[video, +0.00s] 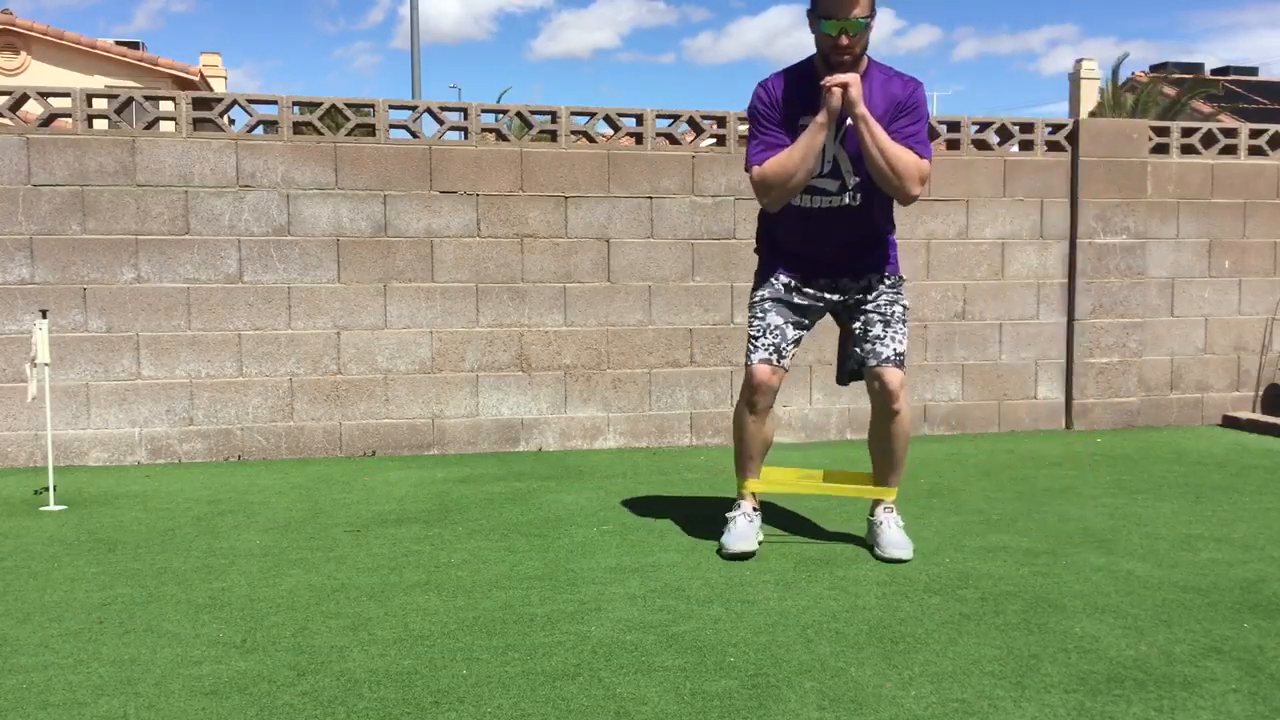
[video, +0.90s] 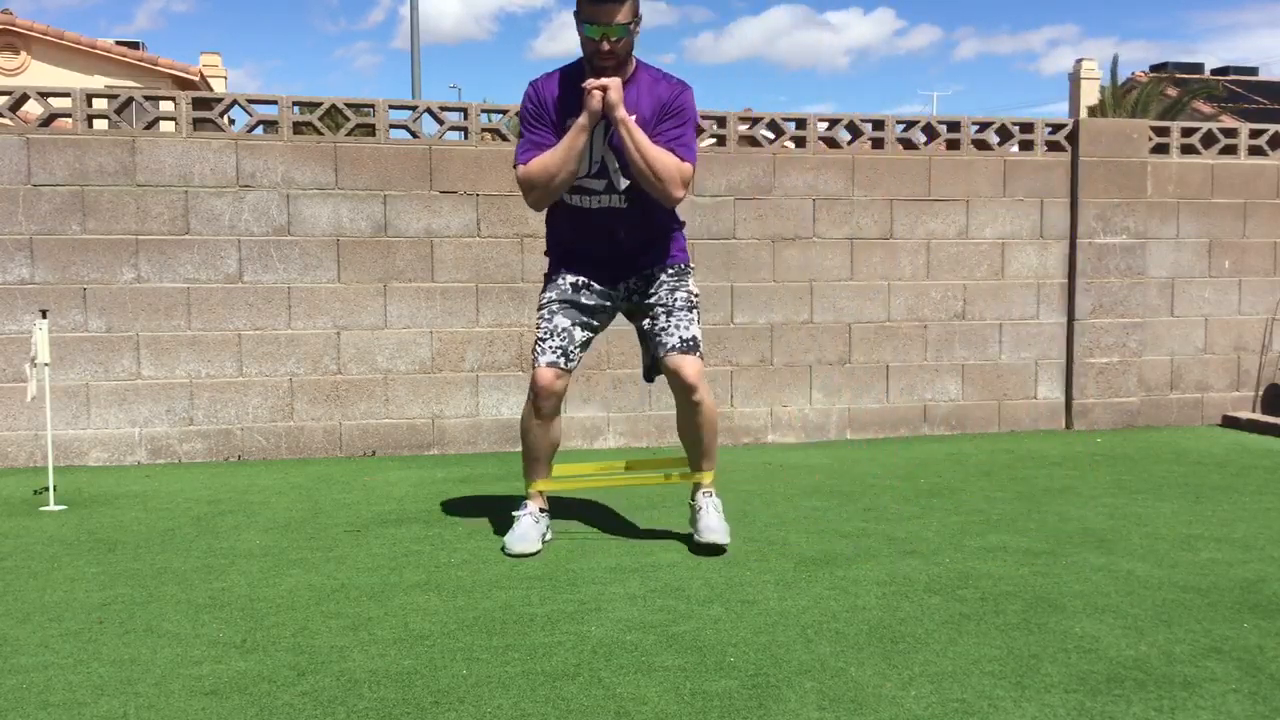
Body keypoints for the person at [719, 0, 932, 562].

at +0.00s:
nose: (843, 37)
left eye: (856, 26)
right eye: (830, 25)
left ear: (872, 23)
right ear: (812, 24)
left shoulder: (903, 92)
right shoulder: (775, 93)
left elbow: (911, 186)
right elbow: (770, 191)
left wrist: (859, 111)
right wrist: (827, 117)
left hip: (870, 267)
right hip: (789, 265)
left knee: (890, 384)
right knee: (760, 379)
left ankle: (885, 509)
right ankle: (745, 506)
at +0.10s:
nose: (839, 37)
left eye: (852, 26)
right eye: (828, 24)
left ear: (869, 24)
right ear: (810, 21)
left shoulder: (897, 91)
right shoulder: (772, 88)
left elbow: (905, 185)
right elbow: (762, 188)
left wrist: (854, 110)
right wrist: (822, 116)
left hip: (859, 266)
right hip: (779, 261)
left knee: (882, 383)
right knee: (737, 372)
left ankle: (884, 510)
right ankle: (712, 500)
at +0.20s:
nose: (829, 35)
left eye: (842, 23)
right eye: (817, 22)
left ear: (860, 21)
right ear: (799, 20)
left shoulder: (886, 88)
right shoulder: (761, 84)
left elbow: (894, 181)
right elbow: (748, 182)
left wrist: (844, 107)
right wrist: (808, 112)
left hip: (843, 263)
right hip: (760, 258)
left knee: (872, 383)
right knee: (704, 369)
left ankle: (883, 509)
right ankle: (652, 496)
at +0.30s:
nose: (807, 38)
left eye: (821, 27)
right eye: (796, 25)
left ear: (839, 23)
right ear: (779, 22)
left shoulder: (865, 94)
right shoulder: (740, 90)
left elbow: (876, 186)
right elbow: (725, 187)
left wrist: (823, 111)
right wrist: (788, 118)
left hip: (824, 271)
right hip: (738, 265)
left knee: (859, 389)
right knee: (666, 374)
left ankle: (881, 509)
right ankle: (593, 494)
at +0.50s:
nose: (723, 60)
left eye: (737, 48)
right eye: (712, 46)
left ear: (754, 42)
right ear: (693, 39)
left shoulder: (781, 114)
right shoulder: (657, 109)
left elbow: (789, 202)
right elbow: (641, 204)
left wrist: (736, 132)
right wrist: (703, 132)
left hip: (752, 290)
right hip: (664, 285)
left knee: (811, 398)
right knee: (593, 390)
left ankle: (876, 508)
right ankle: (542, 506)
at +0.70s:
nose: (637, 51)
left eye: (651, 39)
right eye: (626, 38)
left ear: (668, 36)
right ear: (609, 32)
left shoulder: (697, 105)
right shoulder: (574, 100)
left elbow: (700, 197)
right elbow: (552, 194)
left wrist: (647, 124)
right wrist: (612, 125)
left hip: (680, 273)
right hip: (596, 274)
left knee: (735, 380)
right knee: (549, 388)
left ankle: (793, 489)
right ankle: (533, 505)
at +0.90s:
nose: (605, 42)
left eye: (618, 31)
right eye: (594, 30)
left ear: (637, 23)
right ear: (577, 24)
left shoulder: (670, 94)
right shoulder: (546, 93)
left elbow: (674, 189)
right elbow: (536, 193)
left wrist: (619, 116)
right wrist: (586, 121)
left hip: (658, 261)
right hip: (577, 264)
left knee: (687, 375)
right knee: (545, 383)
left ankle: (705, 495)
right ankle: (534, 506)